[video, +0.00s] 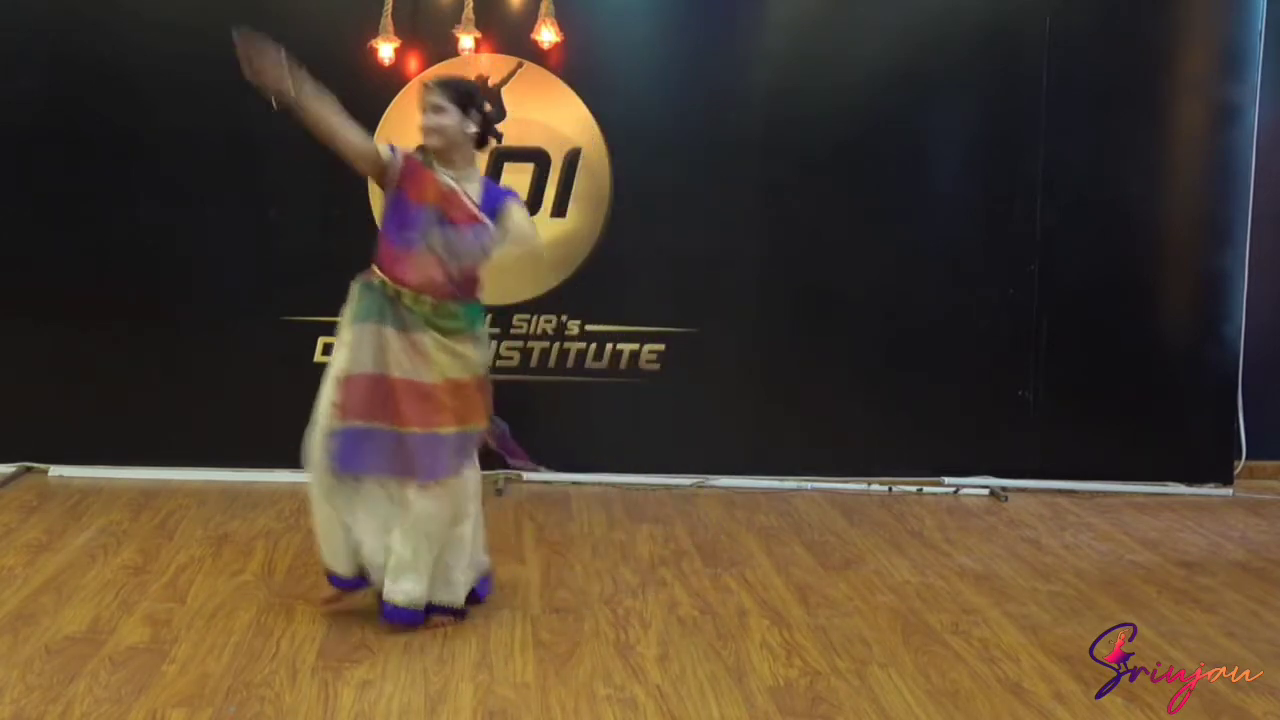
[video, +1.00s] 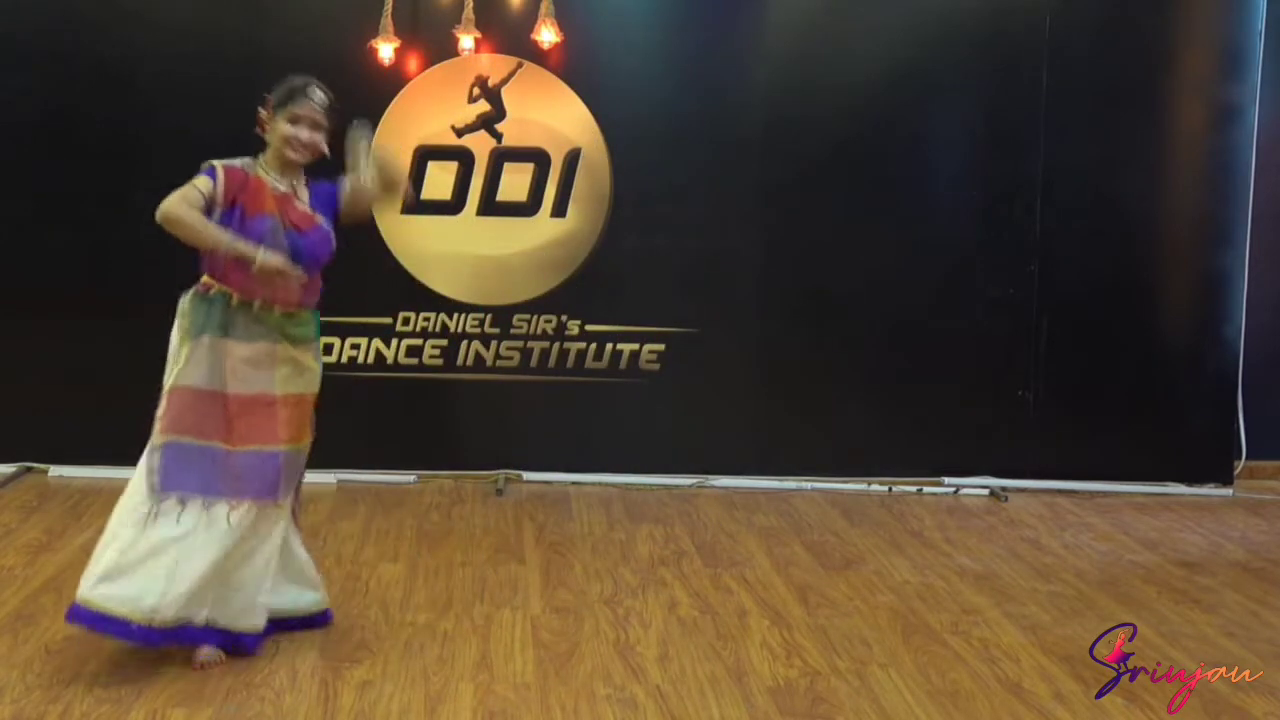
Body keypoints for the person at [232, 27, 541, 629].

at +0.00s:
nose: (427, 122)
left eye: (439, 112)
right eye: (425, 113)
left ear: (474, 124)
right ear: (424, 124)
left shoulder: (497, 203)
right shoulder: (404, 170)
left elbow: (534, 244)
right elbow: (345, 134)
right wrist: (292, 85)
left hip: (448, 333)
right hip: (382, 324)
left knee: (439, 461)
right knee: (343, 446)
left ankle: (422, 583)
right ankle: (358, 557)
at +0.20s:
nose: (386, 92)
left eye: (400, 85)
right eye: (383, 83)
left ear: (431, 99)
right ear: (378, 95)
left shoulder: (445, 161)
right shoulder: (351, 134)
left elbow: (480, 166)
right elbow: (292, 73)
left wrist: (406, 146)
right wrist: (260, 11)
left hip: (398, 311)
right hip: (326, 299)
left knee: (408, 448)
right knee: (307, 438)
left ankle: (437, 577)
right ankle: (303, 567)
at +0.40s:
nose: (348, 126)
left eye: (363, 118)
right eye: (346, 116)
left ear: (394, 134)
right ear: (341, 127)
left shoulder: (405, 211)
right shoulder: (309, 174)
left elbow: (471, 251)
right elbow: (227, 161)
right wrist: (234, 105)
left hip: (350, 343)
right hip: (281, 332)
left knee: (338, 466)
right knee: (276, 462)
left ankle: (322, 591)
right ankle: (273, 600)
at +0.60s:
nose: (347, 172)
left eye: (362, 169)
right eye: (343, 159)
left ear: (375, 185)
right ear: (327, 160)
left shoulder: (370, 253)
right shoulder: (281, 210)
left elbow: (432, 314)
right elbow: (209, 245)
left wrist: (460, 375)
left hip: (311, 379)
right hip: (243, 360)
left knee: (278, 492)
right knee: (226, 488)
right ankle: (185, 615)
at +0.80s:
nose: (341, 186)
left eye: (353, 182)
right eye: (336, 169)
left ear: (356, 191)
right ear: (304, 155)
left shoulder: (331, 249)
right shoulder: (250, 206)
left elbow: (392, 315)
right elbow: (189, 251)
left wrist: (430, 383)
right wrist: (252, 320)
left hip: (283, 382)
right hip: (219, 371)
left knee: (267, 491)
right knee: (210, 492)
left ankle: (261, 602)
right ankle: (176, 616)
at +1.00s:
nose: (307, 134)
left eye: (318, 127)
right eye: (297, 121)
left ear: (326, 138)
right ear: (267, 121)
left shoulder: (323, 194)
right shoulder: (231, 176)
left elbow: (380, 191)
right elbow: (172, 211)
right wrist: (254, 254)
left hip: (286, 350)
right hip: (220, 344)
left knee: (267, 481)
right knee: (218, 480)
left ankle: (243, 608)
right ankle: (205, 617)